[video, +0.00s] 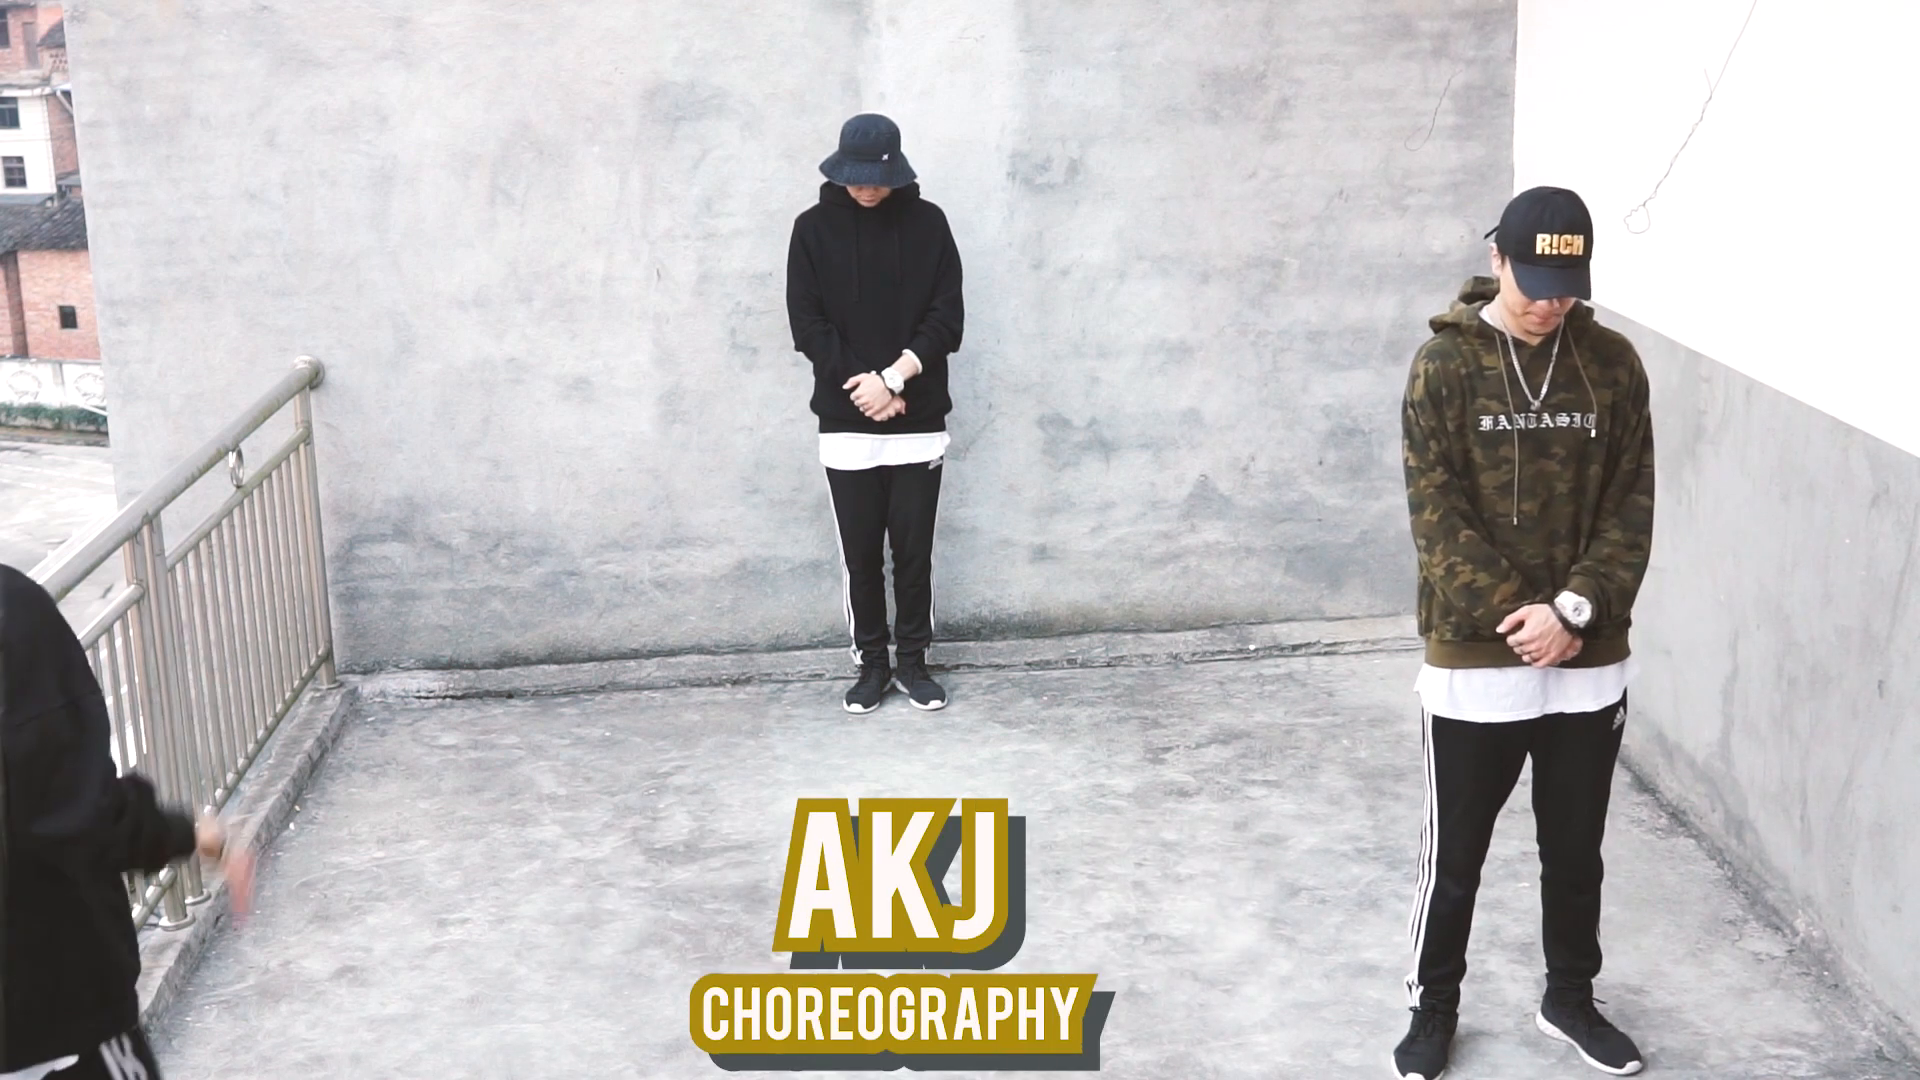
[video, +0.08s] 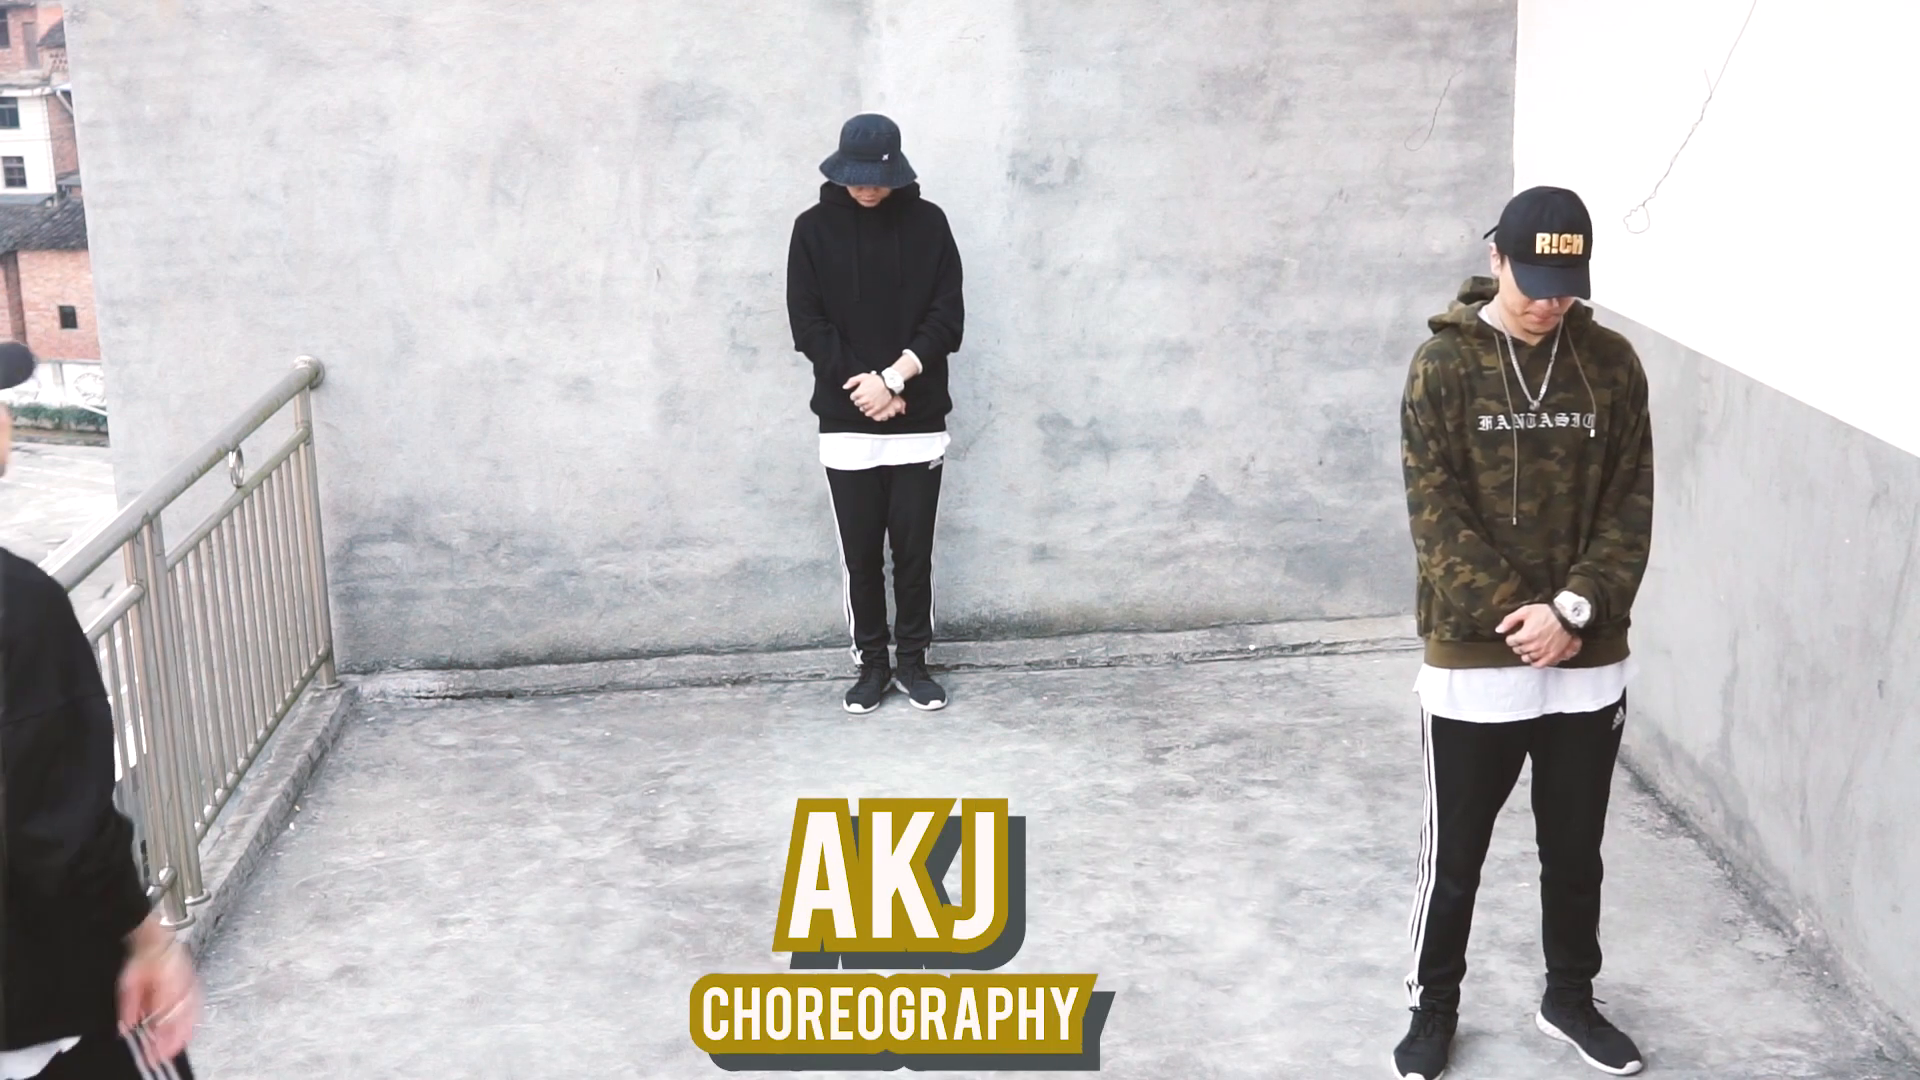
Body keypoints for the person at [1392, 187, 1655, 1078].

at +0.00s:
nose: (1554, 304)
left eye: (1570, 287)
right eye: (1538, 285)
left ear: (1589, 273)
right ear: (1499, 260)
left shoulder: (1615, 364)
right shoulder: (1446, 361)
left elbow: (1632, 507)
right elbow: (1435, 513)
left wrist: (1577, 608)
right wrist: (1524, 620)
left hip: (1588, 658)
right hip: (1473, 659)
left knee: (1577, 848)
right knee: (1455, 851)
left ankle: (1571, 997)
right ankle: (1434, 1004)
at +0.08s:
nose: (1552, 304)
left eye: (1568, 287)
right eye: (1537, 285)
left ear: (1588, 272)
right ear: (1498, 259)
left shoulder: (1614, 363)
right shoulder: (1444, 361)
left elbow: (1631, 507)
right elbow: (1434, 512)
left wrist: (1577, 609)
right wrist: (1523, 619)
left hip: (1587, 658)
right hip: (1472, 660)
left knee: (1576, 849)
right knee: (1455, 852)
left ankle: (1571, 997)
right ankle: (1434, 1004)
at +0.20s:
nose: (1553, 303)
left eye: (1568, 286)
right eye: (1537, 284)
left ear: (1586, 272)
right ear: (1497, 260)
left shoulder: (1612, 364)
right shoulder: (1443, 360)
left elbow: (1630, 507)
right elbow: (1433, 513)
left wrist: (1576, 608)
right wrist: (1523, 620)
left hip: (1586, 658)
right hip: (1472, 660)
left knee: (1575, 848)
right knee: (1454, 852)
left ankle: (1570, 997)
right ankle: (1433, 1006)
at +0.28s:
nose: (1552, 303)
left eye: (1567, 286)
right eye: (1536, 284)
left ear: (1586, 272)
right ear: (1496, 259)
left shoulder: (1612, 364)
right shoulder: (1443, 361)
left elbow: (1630, 507)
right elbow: (1433, 514)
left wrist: (1575, 608)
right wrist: (1523, 620)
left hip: (1586, 659)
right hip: (1472, 661)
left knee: (1575, 850)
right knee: (1454, 854)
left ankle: (1571, 998)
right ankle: (1433, 1007)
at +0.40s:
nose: (1552, 301)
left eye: (1566, 285)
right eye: (1535, 283)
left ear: (1585, 272)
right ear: (1495, 260)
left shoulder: (1611, 363)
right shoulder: (1442, 361)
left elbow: (1629, 507)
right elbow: (1433, 514)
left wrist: (1575, 610)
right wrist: (1522, 620)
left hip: (1586, 659)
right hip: (1472, 661)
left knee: (1575, 849)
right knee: (1453, 853)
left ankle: (1571, 998)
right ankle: (1433, 1007)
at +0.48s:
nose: (1550, 301)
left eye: (1565, 285)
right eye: (1534, 282)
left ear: (1585, 272)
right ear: (1495, 259)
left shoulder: (1611, 363)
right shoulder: (1442, 361)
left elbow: (1629, 507)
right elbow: (1433, 514)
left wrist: (1575, 610)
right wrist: (1522, 620)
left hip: (1586, 659)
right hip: (1472, 661)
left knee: (1575, 849)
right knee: (1453, 853)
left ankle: (1570, 998)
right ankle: (1433, 1007)